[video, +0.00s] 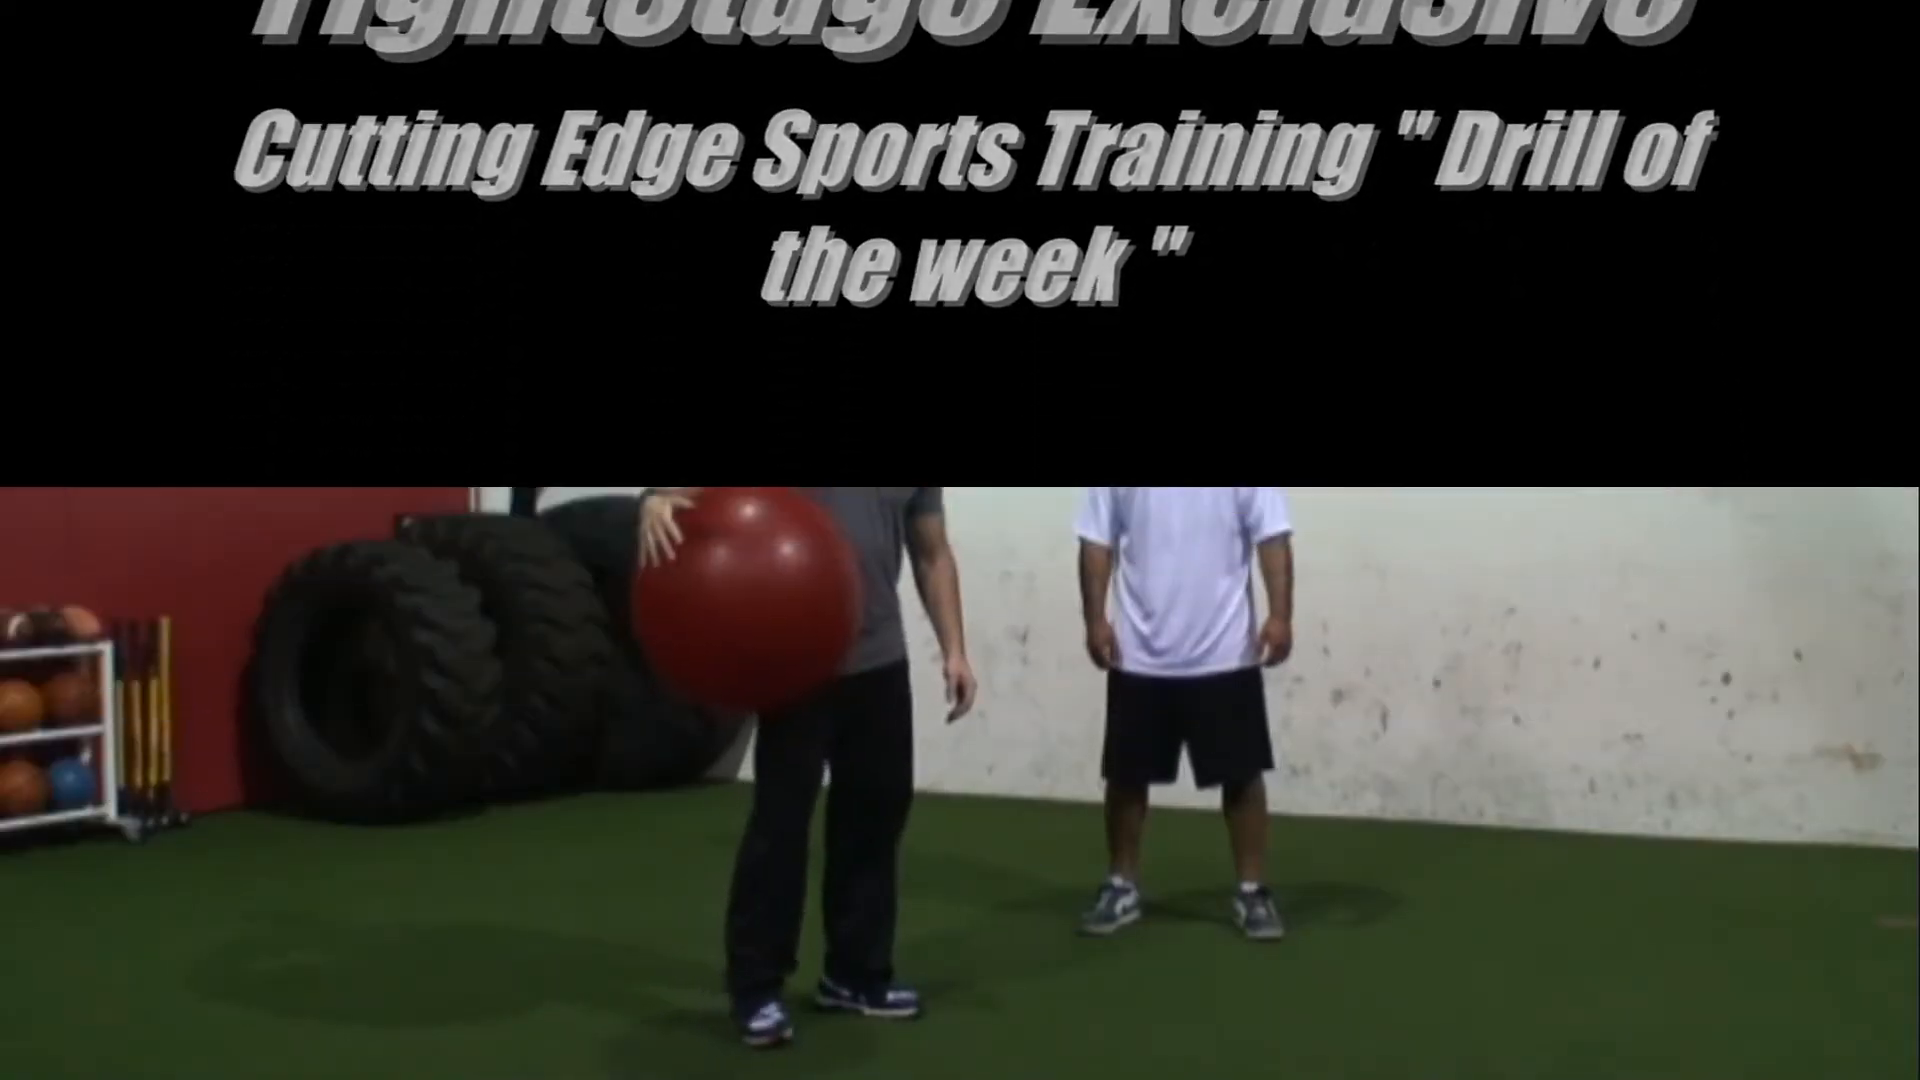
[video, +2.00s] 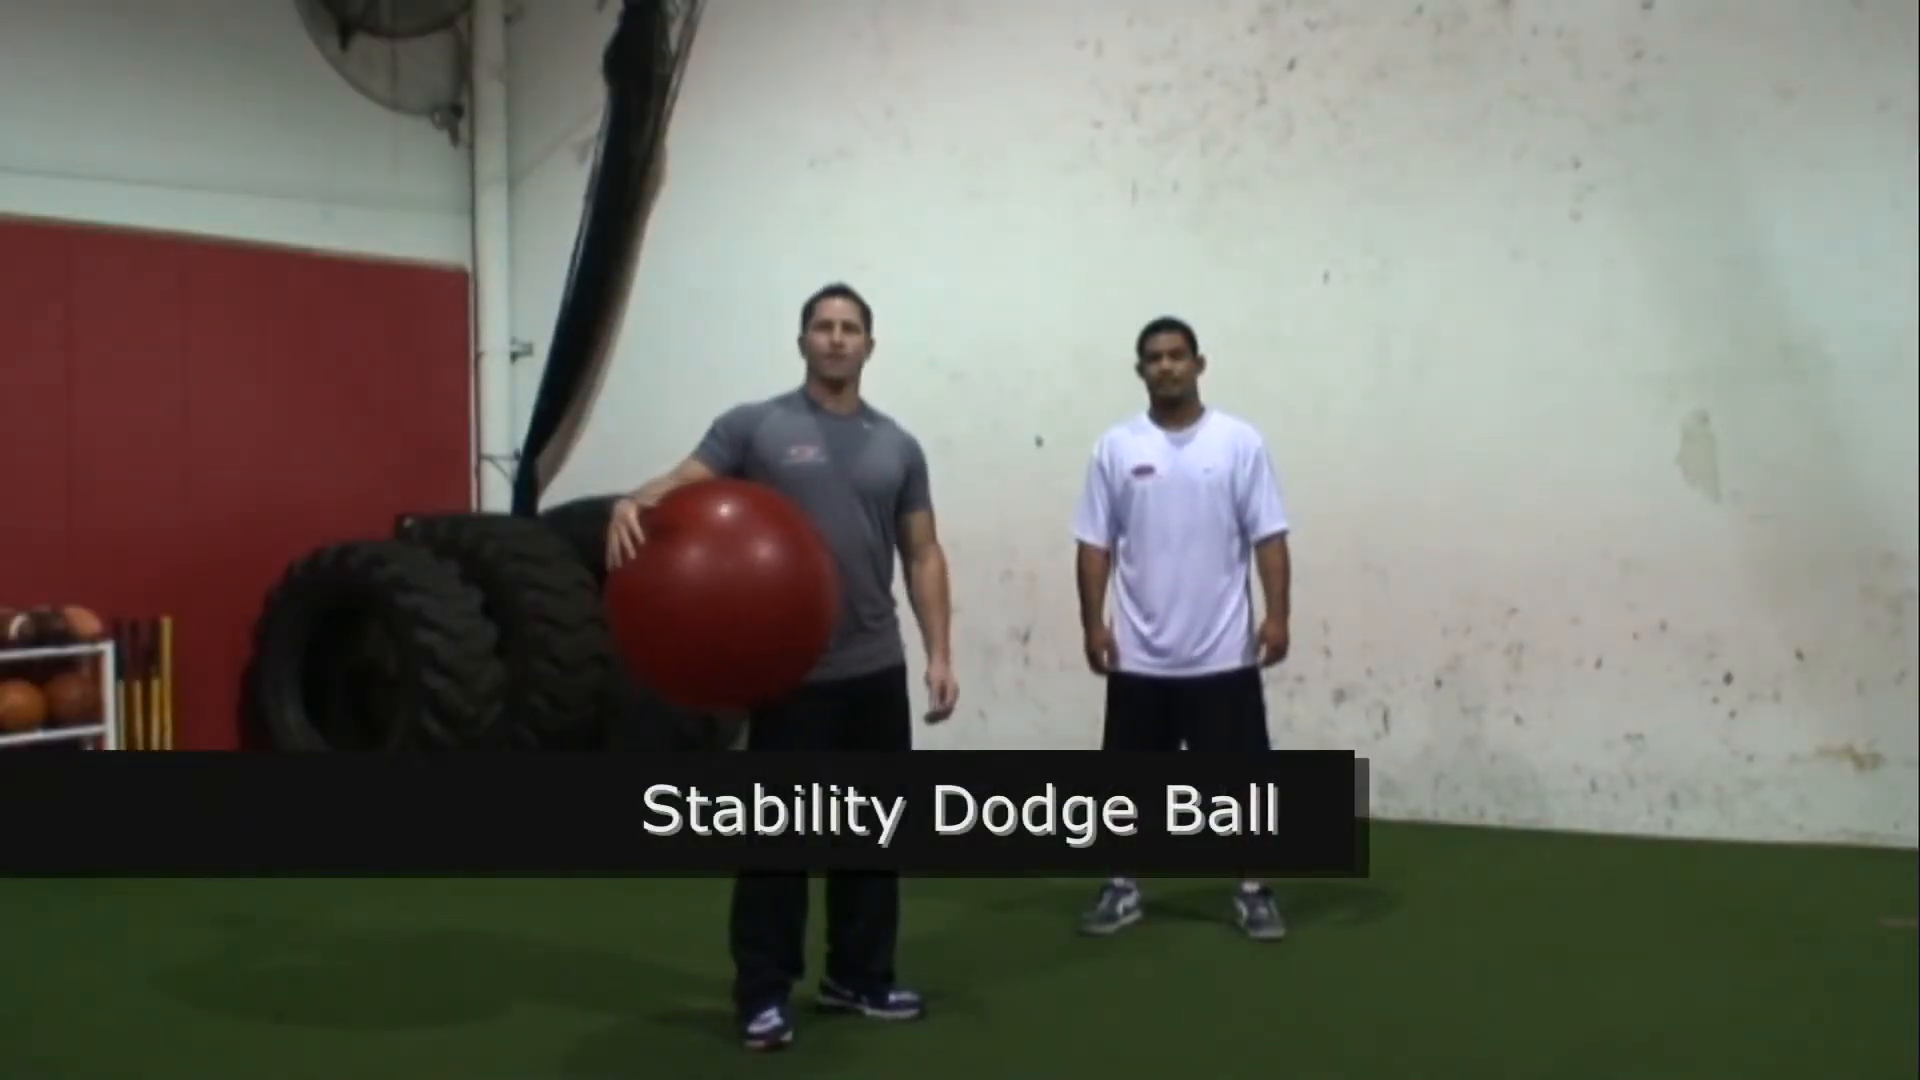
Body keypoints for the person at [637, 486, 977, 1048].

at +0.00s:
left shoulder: (909, 491)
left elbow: (931, 548)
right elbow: (709, 502)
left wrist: (955, 648)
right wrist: (658, 498)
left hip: (877, 657)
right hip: (793, 656)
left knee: (873, 819)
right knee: (782, 821)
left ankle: (856, 975)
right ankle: (757, 991)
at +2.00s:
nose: (837, 338)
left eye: (850, 328)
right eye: (824, 327)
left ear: (869, 344)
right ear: (802, 341)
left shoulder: (897, 446)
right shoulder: (754, 426)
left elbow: (923, 552)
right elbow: (681, 484)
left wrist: (939, 651)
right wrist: (630, 504)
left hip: (874, 668)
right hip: (784, 673)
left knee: (873, 831)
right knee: (777, 834)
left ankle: (859, 976)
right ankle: (766, 994)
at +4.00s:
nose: (834, 335)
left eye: (847, 324)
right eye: (820, 324)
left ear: (868, 342)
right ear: (799, 340)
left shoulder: (900, 442)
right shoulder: (756, 427)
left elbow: (930, 549)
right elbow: (686, 482)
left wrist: (936, 653)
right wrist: (642, 501)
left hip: (878, 669)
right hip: (789, 671)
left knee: (875, 833)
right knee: (777, 836)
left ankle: (861, 977)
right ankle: (765, 995)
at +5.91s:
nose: (851, 337)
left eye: (864, 327)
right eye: (838, 325)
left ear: (881, 345)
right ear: (812, 338)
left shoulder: (896, 447)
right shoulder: (761, 421)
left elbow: (916, 555)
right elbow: (687, 481)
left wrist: (939, 657)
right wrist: (663, 498)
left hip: (877, 670)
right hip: (791, 671)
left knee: (874, 829)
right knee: (782, 835)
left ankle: (859, 975)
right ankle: (763, 994)